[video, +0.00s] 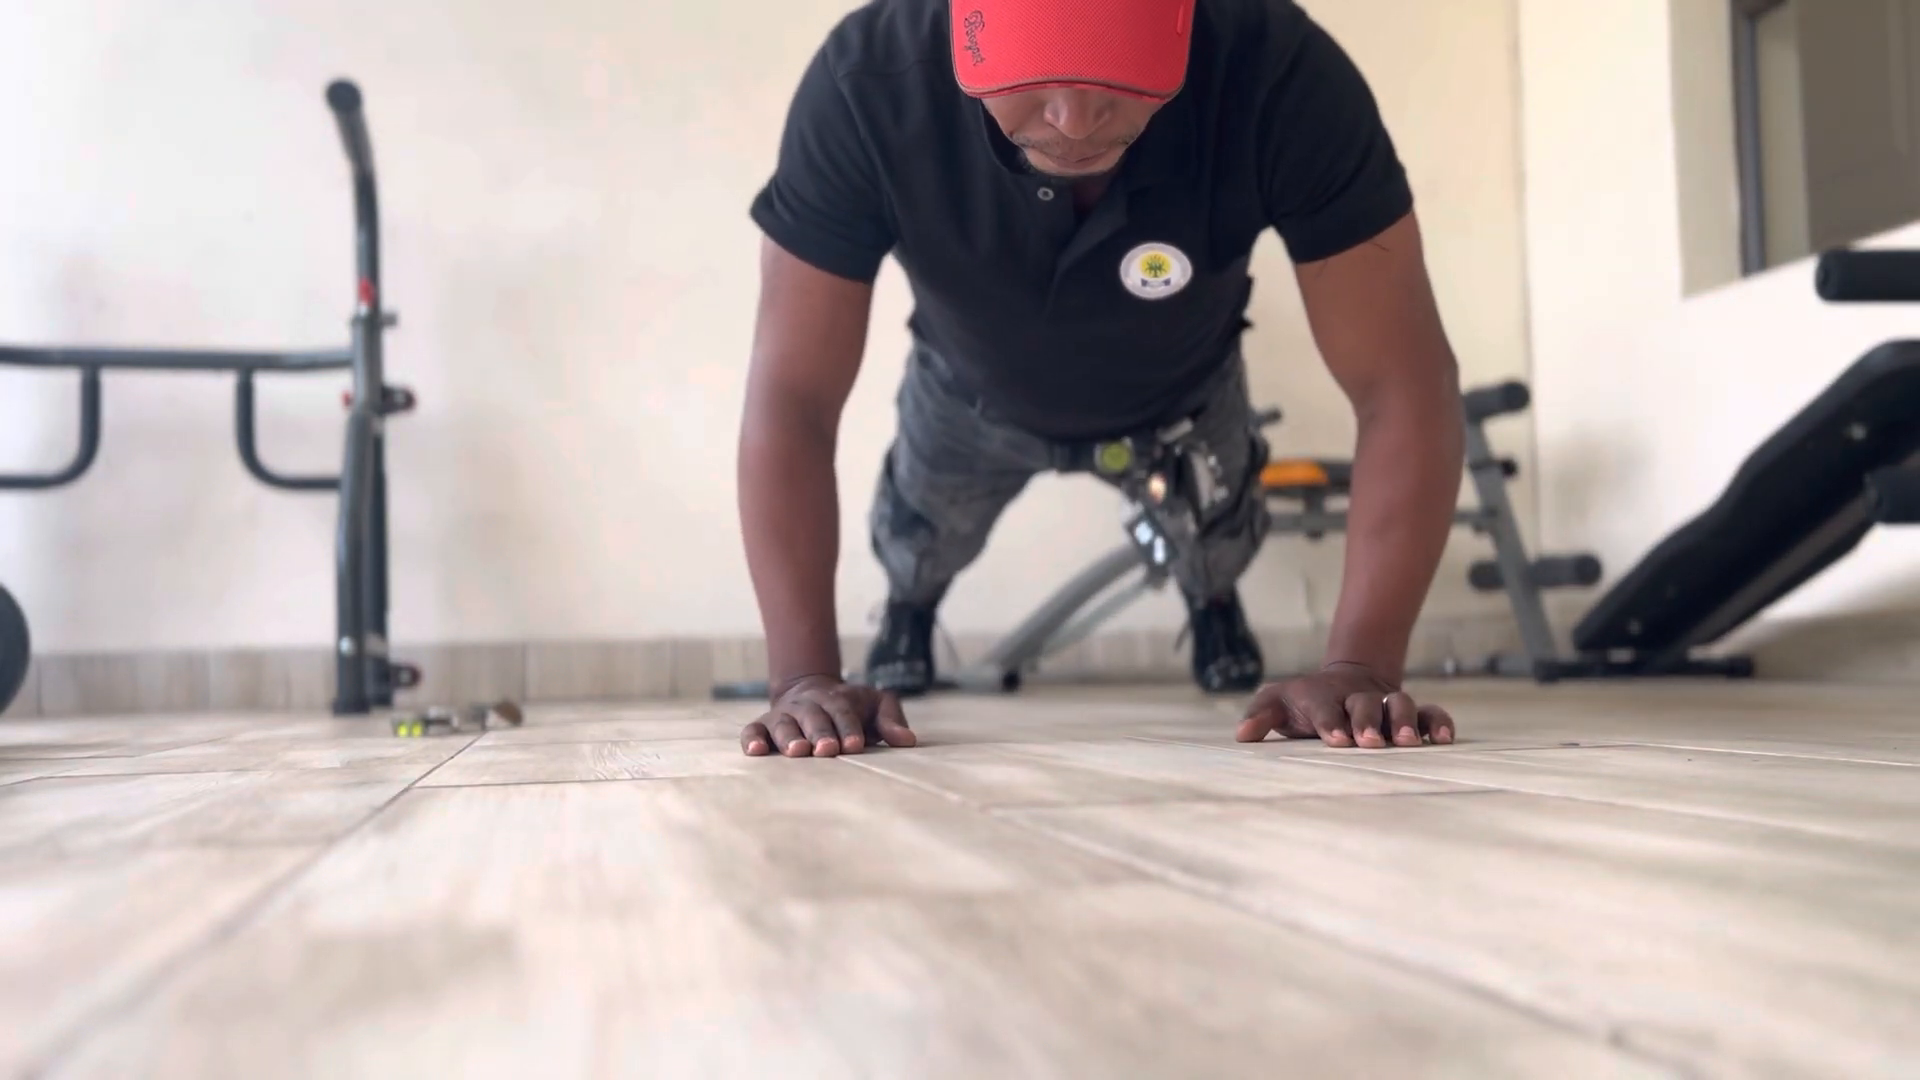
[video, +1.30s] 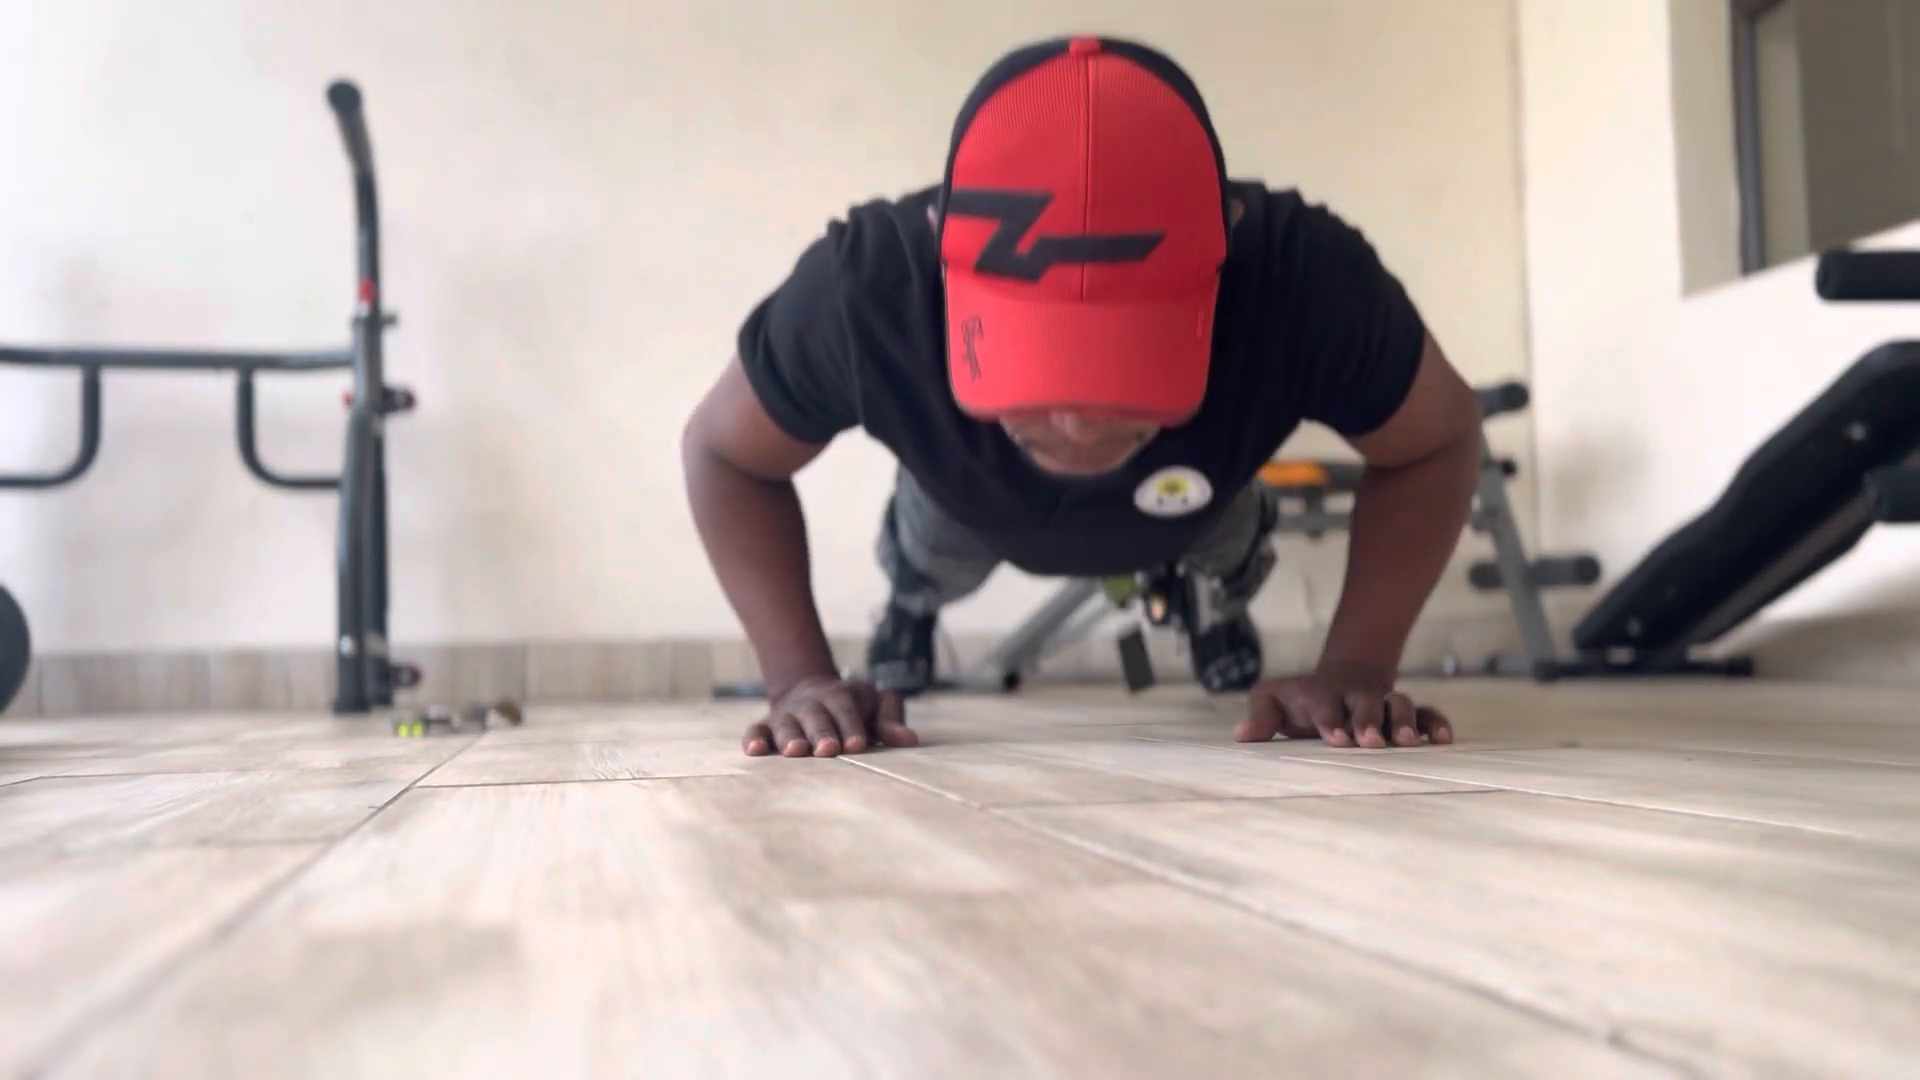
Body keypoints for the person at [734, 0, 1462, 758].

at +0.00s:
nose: (1070, 123)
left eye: (1112, 85)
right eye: (1029, 83)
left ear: (1175, 44)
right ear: (966, 42)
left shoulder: (1279, 77)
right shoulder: (868, 86)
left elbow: (1407, 387)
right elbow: (789, 401)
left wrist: (1360, 668)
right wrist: (801, 681)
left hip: (1180, 397)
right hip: (975, 394)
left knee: (1214, 526)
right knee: (928, 530)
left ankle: (1217, 610)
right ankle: (912, 615)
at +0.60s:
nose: (1080, 228)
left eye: (1122, 187)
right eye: (1039, 187)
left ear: (1189, 110)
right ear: (963, 104)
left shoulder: (1284, 124)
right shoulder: (868, 138)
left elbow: (1430, 405)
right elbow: (761, 425)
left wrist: (1361, 668)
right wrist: (794, 679)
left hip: (1186, 418)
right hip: (974, 424)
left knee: (1221, 535)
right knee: (929, 542)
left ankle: (1219, 613)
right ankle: (917, 621)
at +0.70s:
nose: (1081, 401)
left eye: (1122, 369)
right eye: (1043, 371)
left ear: (1213, 235)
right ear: (961, 245)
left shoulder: (1294, 230)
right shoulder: (871, 241)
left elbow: (1439, 432)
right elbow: (738, 456)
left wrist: (1361, 670)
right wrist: (795, 679)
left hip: (1191, 473)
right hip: (974, 478)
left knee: (1228, 550)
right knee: (930, 564)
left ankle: (1221, 614)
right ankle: (914, 616)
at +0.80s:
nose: (1090, 511)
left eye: (1131, 470)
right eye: (1053, 475)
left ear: (1221, 308)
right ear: (951, 327)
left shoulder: (1299, 311)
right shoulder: (867, 326)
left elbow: (1441, 450)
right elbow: (718, 469)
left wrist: (1361, 671)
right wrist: (794, 681)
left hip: (1203, 527)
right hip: (971, 530)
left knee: (1230, 567)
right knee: (922, 579)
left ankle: (1217, 610)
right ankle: (909, 621)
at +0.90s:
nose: (1098, 583)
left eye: (1142, 552)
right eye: (1061, 557)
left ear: (1220, 379)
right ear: (956, 398)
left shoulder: (1301, 355)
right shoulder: (866, 372)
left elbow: (1449, 450)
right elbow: (714, 471)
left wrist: (1358, 672)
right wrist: (798, 683)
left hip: (1212, 563)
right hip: (960, 566)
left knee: (1228, 602)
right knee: (911, 597)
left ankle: (1204, 628)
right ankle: (902, 640)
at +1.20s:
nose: (1092, 621)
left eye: (1140, 591)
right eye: (1051, 589)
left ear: (1225, 448)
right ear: (959, 447)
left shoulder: (1310, 387)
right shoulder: (866, 400)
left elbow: (1452, 444)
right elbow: (711, 457)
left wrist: (1358, 670)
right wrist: (798, 677)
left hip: (1208, 576)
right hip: (959, 578)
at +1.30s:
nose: (1074, 436)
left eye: (1120, 402)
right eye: (1033, 400)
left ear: (1210, 284)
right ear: (953, 287)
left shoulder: (1303, 274)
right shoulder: (867, 283)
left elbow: (1436, 440)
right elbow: (724, 454)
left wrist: (1356, 668)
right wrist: (796, 679)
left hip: (1187, 508)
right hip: (976, 515)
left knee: (1225, 560)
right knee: (929, 573)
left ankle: (1212, 586)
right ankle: (914, 607)